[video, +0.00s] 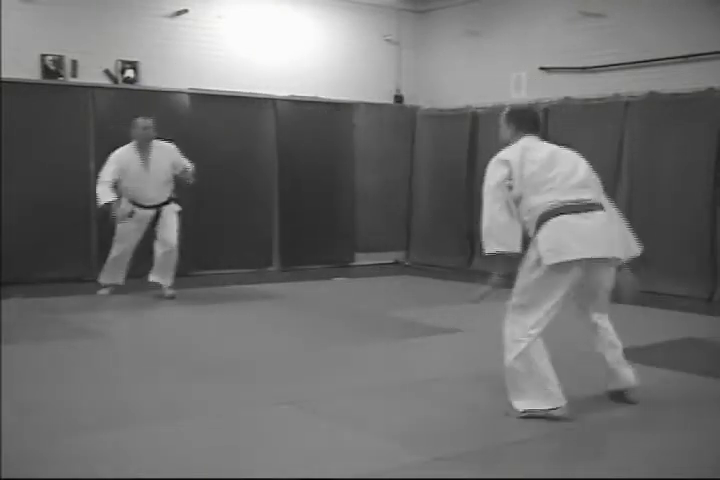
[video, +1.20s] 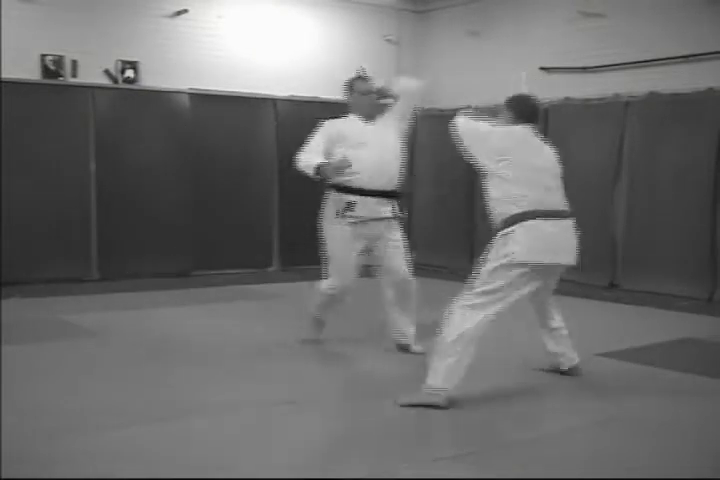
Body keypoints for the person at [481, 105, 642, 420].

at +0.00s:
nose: (501, 133)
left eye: (502, 127)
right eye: (501, 127)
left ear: (511, 129)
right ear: (537, 128)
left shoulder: (505, 160)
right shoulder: (569, 155)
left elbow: (497, 215)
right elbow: (603, 204)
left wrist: (500, 269)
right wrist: (624, 255)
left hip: (558, 241)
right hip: (603, 236)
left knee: (522, 322)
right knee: (596, 313)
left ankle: (545, 401)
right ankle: (623, 378)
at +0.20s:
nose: (491, 110)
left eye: (493, 105)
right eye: (491, 105)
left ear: (500, 104)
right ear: (528, 103)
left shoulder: (494, 137)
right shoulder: (565, 133)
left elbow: (479, 186)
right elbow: (600, 180)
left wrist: (463, 241)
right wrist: (619, 231)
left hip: (537, 224)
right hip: (584, 220)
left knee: (494, 304)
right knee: (593, 310)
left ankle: (498, 384)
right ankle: (621, 385)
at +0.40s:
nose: (478, 98)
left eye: (479, 92)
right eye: (479, 92)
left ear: (487, 92)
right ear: (515, 92)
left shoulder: (481, 127)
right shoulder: (550, 126)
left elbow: (458, 180)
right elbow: (571, 181)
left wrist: (450, 236)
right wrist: (576, 226)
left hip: (512, 221)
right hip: (559, 219)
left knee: (473, 305)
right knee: (560, 293)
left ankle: (460, 393)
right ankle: (590, 366)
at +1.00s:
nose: (461, 127)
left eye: (463, 122)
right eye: (463, 122)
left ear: (469, 125)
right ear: (499, 127)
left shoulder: (450, 155)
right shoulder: (529, 160)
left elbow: (414, 206)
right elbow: (550, 215)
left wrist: (440, 202)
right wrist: (563, 260)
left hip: (491, 248)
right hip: (539, 247)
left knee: (434, 312)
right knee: (537, 298)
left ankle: (433, 390)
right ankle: (570, 368)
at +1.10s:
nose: (470, 127)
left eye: (472, 122)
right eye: (472, 122)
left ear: (477, 125)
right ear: (506, 129)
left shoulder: (460, 152)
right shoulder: (530, 162)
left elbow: (425, 176)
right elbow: (557, 214)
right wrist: (559, 252)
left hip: (500, 248)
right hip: (545, 244)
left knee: (436, 314)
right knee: (529, 293)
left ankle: (433, 391)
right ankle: (569, 355)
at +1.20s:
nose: (499, 117)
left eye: (502, 113)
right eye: (502, 113)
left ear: (510, 117)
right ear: (533, 121)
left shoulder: (498, 137)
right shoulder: (548, 150)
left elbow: (458, 123)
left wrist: (485, 116)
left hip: (522, 241)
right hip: (563, 240)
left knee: (470, 307)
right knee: (543, 298)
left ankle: (437, 388)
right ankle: (566, 359)